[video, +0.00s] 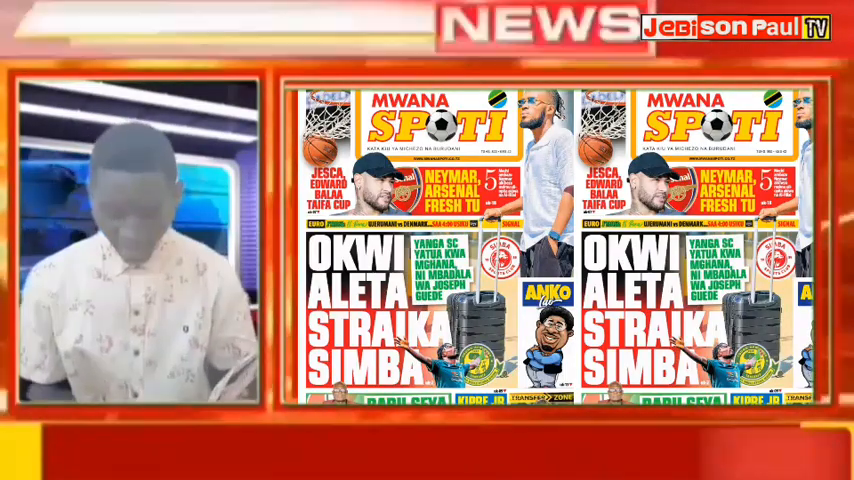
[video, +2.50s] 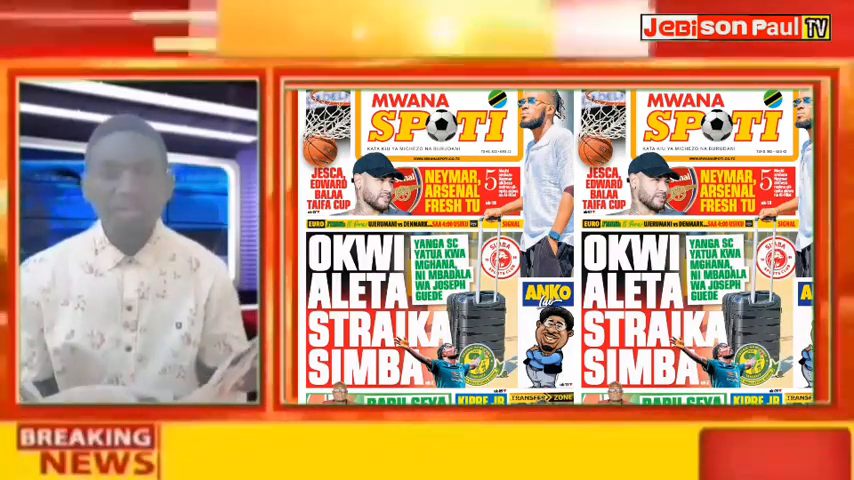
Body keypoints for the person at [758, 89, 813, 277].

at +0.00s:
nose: (799, 107)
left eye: (806, 101)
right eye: (797, 103)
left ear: (820, 107)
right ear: (794, 109)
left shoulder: (827, 148)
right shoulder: (806, 149)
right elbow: (804, 196)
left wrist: (833, 223)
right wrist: (777, 211)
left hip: (821, 240)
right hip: (804, 239)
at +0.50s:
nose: (799, 107)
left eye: (806, 101)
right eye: (797, 103)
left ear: (820, 107)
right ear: (794, 110)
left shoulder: (826, 148)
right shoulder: (806, 149)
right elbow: (804, 196)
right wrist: (777, 211)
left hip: (819, 239)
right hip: (804, 239)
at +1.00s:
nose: (799, 107)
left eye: (806, 101)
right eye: (797, 103)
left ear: (820, 107)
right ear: (794, 110)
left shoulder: (827, 147)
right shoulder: (806, 149)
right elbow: (804, 196)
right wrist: (777, 211)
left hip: (820, 240)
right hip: (803, 239)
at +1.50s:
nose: (799, 107)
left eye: (806, 101)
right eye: (797, 103)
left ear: (820, 107)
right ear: (794, 110)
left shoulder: (827, 148)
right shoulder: (806, 149)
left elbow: (832, 192)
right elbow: (804, 196)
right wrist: (776, 211)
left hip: (820, 240)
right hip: (803, 239)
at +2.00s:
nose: (799, 107)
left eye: (807, 101)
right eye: (797, 103)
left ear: (820, 107)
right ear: (794, 110)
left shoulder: (827, 148)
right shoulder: (806, 149)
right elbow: (804, 196)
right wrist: (777, 211)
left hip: (821, 240)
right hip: (804, 239)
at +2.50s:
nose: (799, 107)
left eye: (807, 101)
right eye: (797, 102)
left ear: (820, 106)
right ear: (794, 110)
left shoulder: (826, 147)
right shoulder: (806, 149)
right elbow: (805, 196)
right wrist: (777, 211)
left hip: (819, 240)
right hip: (804, 240)